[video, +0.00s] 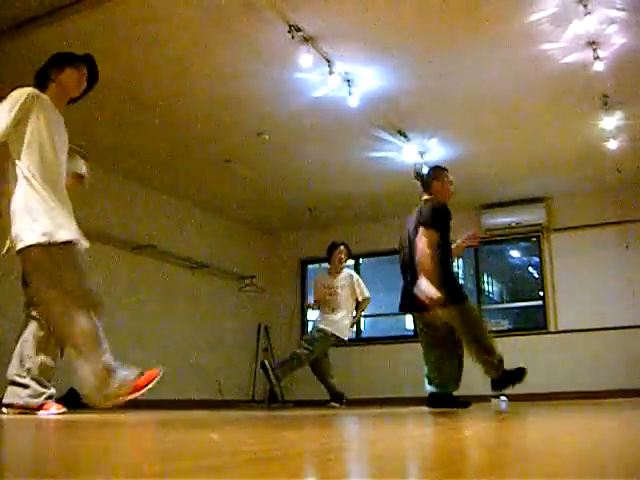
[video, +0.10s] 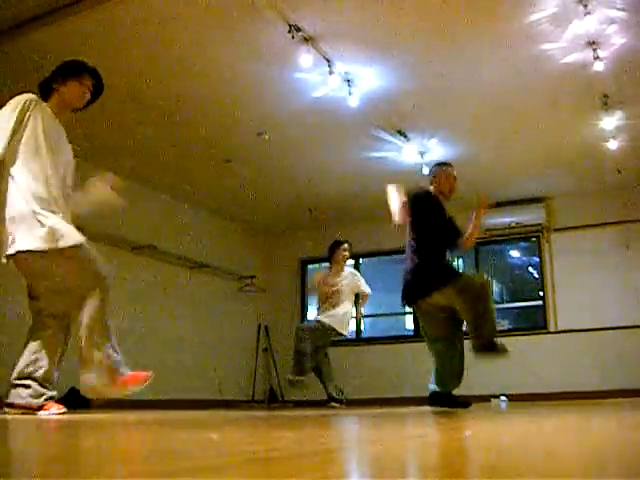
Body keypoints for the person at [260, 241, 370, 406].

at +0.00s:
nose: (341, 258)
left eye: (344, 255)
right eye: (338, 254)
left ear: (346, 259)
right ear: (330, 256)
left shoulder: (350, 277)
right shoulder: (320, 278)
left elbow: (365, 298)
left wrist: (356, 317)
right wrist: (316, 304)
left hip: (339, 324)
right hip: (322, 323)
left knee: (307, 348)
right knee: (318, 364)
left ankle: (278, 372)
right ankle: (337, 396)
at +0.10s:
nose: (346, 254)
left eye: (348, 251)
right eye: (342, 251)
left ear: (349, 255)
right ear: (332, 254)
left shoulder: (351, 275)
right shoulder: (321, 276)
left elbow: (365, 292)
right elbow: (319, 297)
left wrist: (359, 308)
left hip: (339, 321)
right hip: (323, 319)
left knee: (303, 330)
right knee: (317, 354)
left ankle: (300, 373)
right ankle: (335, 395)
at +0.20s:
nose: (354, 251)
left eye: (356, 248)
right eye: (352, 247)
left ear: (355, 250)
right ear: (342, 247)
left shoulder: (350, 268)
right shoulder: (325, 259)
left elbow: (349, 289)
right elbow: (311, 258)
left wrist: (347, 292)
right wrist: (335, 259)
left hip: (334, 308)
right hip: (316, 307)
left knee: (315, 336)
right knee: (322, 355)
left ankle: (338, 361)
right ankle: (334, 393)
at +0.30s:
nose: (358, 254)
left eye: (359, 251)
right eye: (356, 249)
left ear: (354, 252)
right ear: (346, 248)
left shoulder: (345, 268)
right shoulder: (327, 257)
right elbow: (307, 262)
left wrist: (338, 291)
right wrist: (327, 277)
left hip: (332, 310)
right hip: (312, 311)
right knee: (325, 348)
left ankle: (355, 357)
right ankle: (332, 389)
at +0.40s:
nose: (359, 262)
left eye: (359, 258)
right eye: (357, 258)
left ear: (348, 260)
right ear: (347, 259)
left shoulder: (341, 276)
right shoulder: (329, 272)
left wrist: (335, 301)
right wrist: (328, 301)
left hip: (329, 315)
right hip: (314, 317)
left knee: (359, 338)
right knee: (335, 353)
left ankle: (356, 363)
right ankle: (328, 397)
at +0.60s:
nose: (353, 272)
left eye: (353, 268)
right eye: (351, 268)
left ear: (339, 269)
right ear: (342, 269)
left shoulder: (326, 283)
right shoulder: (334, 284)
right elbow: (328, 309)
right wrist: (324, 323)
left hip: (305, 332)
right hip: (314, 332)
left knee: (322, 366)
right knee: (339, 363)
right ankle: (332, 399)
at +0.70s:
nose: (344, 263)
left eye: (344, 259)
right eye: (342, 259)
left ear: (328, 260)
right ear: (334, 260)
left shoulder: (324, 275)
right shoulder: (326, 274)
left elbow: (328, 289)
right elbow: (305, 282)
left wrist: (343, 280)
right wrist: (298, 308)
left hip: (300, 328)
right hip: (312, 328)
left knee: (297, 366)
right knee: (329, 358)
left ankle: (269, 383)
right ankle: (330, 398)